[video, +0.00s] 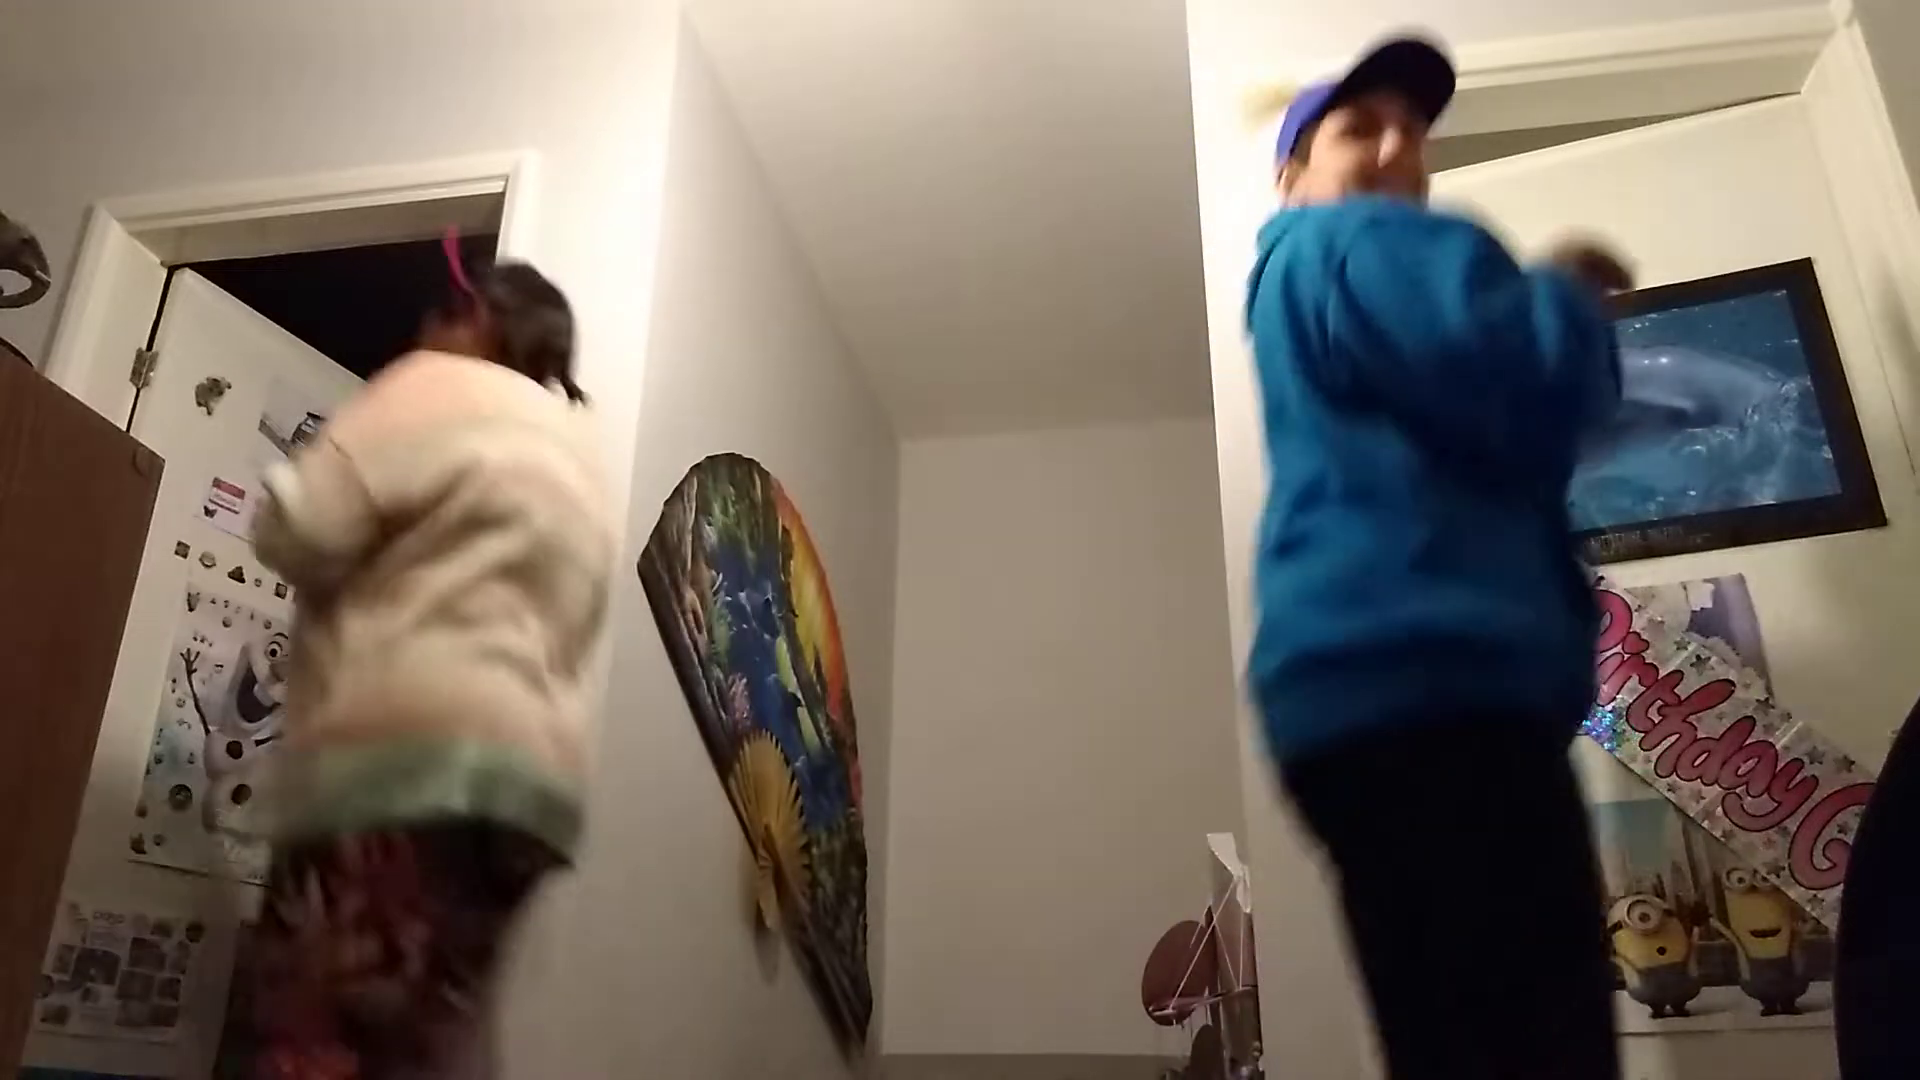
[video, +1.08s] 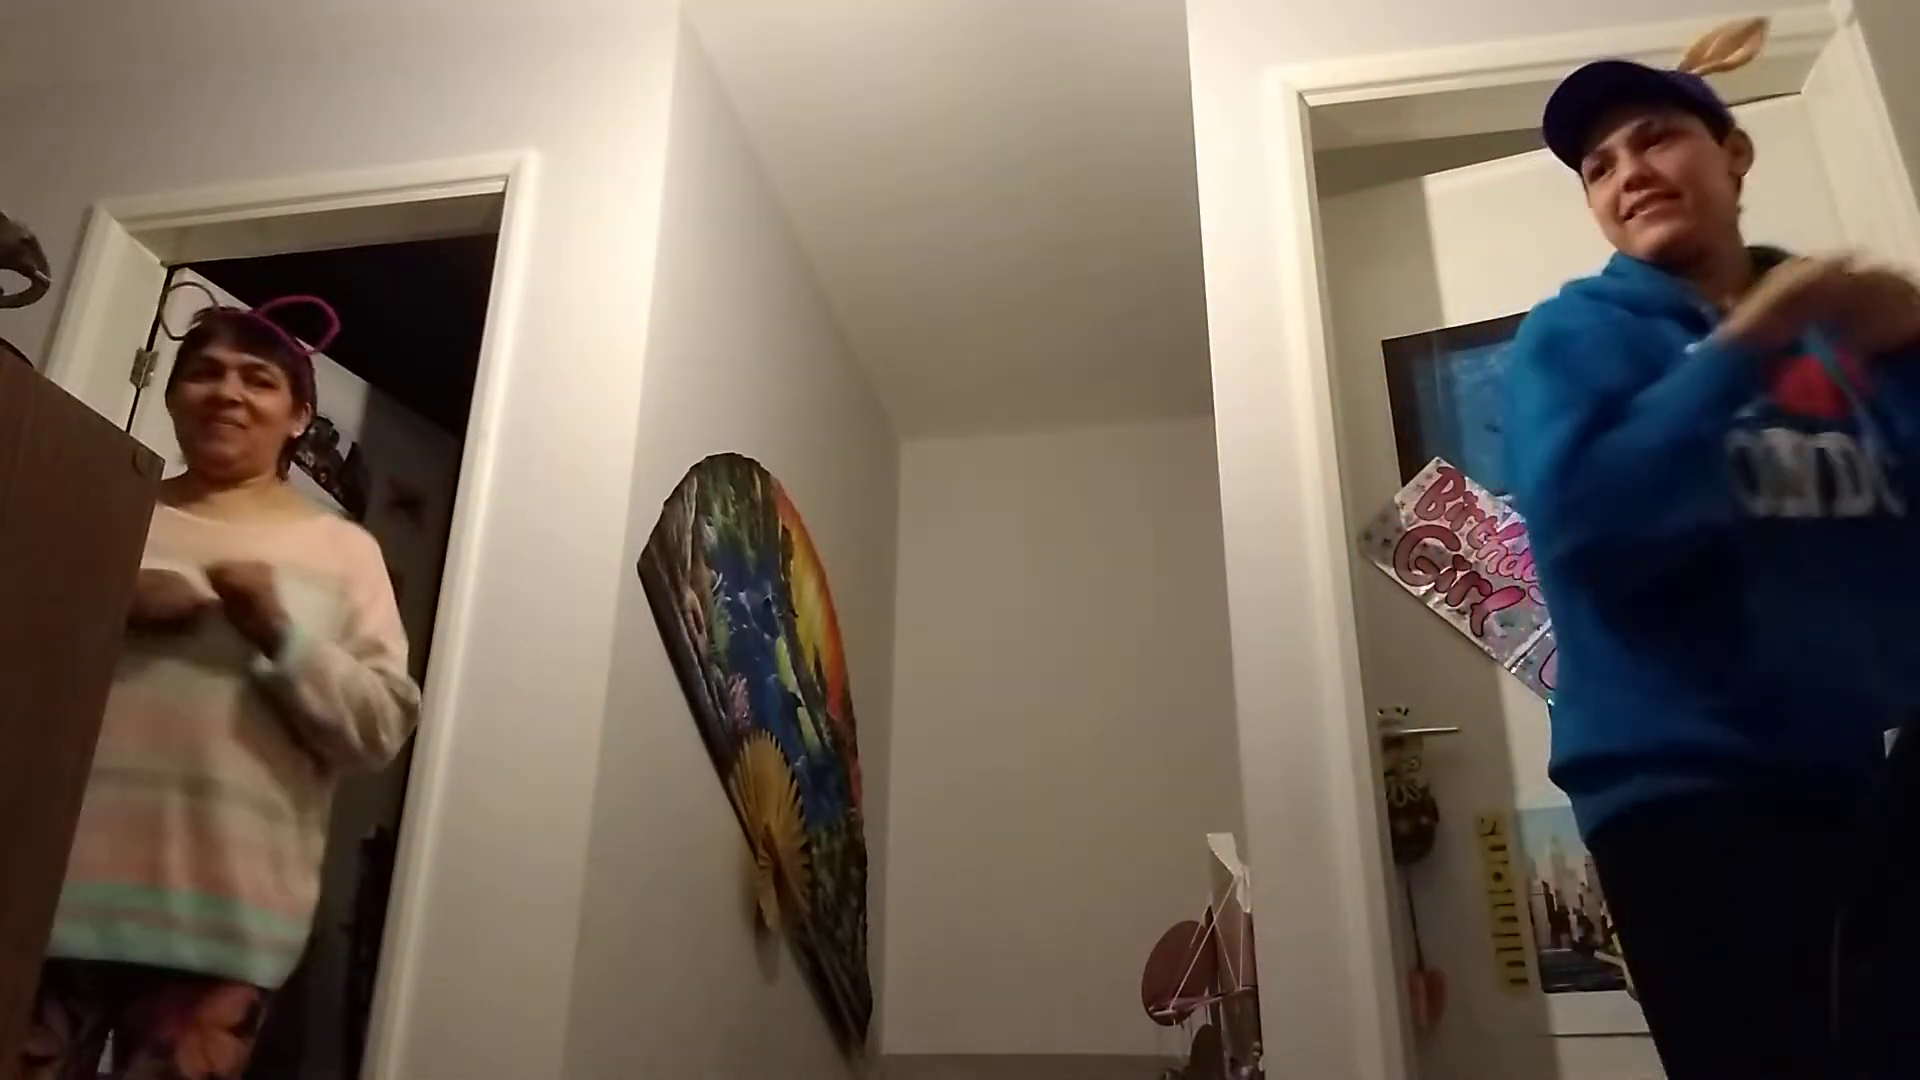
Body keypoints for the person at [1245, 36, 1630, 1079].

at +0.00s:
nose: (1398, 148)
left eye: (1410, 135)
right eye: (1365, 127)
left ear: (1420, 152)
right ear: (1297, 155)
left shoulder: (1306, 263)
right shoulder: (1356, 242)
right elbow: (1519, 383)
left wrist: (1550, 295)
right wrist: (1569, 286)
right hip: (1427, 679)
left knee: (1456, 1022)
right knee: (1534, 1019)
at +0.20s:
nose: (1476, 154)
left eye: (1488, 136)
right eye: (1439, 133)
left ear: (1508, 150)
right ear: (1373, 170)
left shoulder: (1365, 273)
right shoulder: (1463, 246)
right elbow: (1592, 403)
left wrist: (1640, 321)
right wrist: (1664, 308)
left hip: (1409, 696)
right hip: (1513, 680)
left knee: (1544, 1016)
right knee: (1646, 1012)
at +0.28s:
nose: (1507, 185)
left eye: (1523, 169)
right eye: (1465, 170)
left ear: (1542, 200)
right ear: (1401, 223)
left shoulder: (1433, 310)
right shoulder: (1451, 291)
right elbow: (1634, 460)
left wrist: (1657, 340)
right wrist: (1683, 328)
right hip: (1550, 767)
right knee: (1714, 1049)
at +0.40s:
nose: (1499, 150)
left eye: (1516, 131)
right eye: (1460, 132)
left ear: (1541, 162)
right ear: (1398, 186)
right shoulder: (1456, 255)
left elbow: (1732, 473)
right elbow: (1642, 374)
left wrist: (1685, 279)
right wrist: (1682, 252)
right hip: (1597, 699)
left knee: (1723, 1023)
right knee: (1743, 1021)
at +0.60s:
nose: (1557, 151)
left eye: (1572, 129)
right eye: (1514, 135)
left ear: (1598, 155)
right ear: (1462, 189)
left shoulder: (1626, 283)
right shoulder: (1500, 276)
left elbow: (1840, 489)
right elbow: (1659, 388)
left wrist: (1794, 322)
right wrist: (1770, 271)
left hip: (1757, 714)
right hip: (1659, 738)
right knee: (1801, 1031)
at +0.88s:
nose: (1632, 166)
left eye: (1656, 140)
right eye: (1592, 156)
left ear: (1699, 170)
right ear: (1557, 211)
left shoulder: (1748, 326)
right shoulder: (1568, 316)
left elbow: (1866, 502)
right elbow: (1703, 482)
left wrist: (1894, 363)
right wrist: (1834, 326)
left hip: (1817, 763)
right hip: (1690, 785)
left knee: (1866, 1042)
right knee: (1787, 1053)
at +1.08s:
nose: (1629, 169)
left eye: (1656, 137)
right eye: (1600, 165)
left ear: (1735, 155)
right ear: (1594, 210)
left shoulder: (1839, 314)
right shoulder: (1577, 328)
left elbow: (1916, 497)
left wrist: (1906, 348)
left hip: (1867, 752)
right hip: (1680, 775)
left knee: (1889, 1041)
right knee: (1749, 1054)